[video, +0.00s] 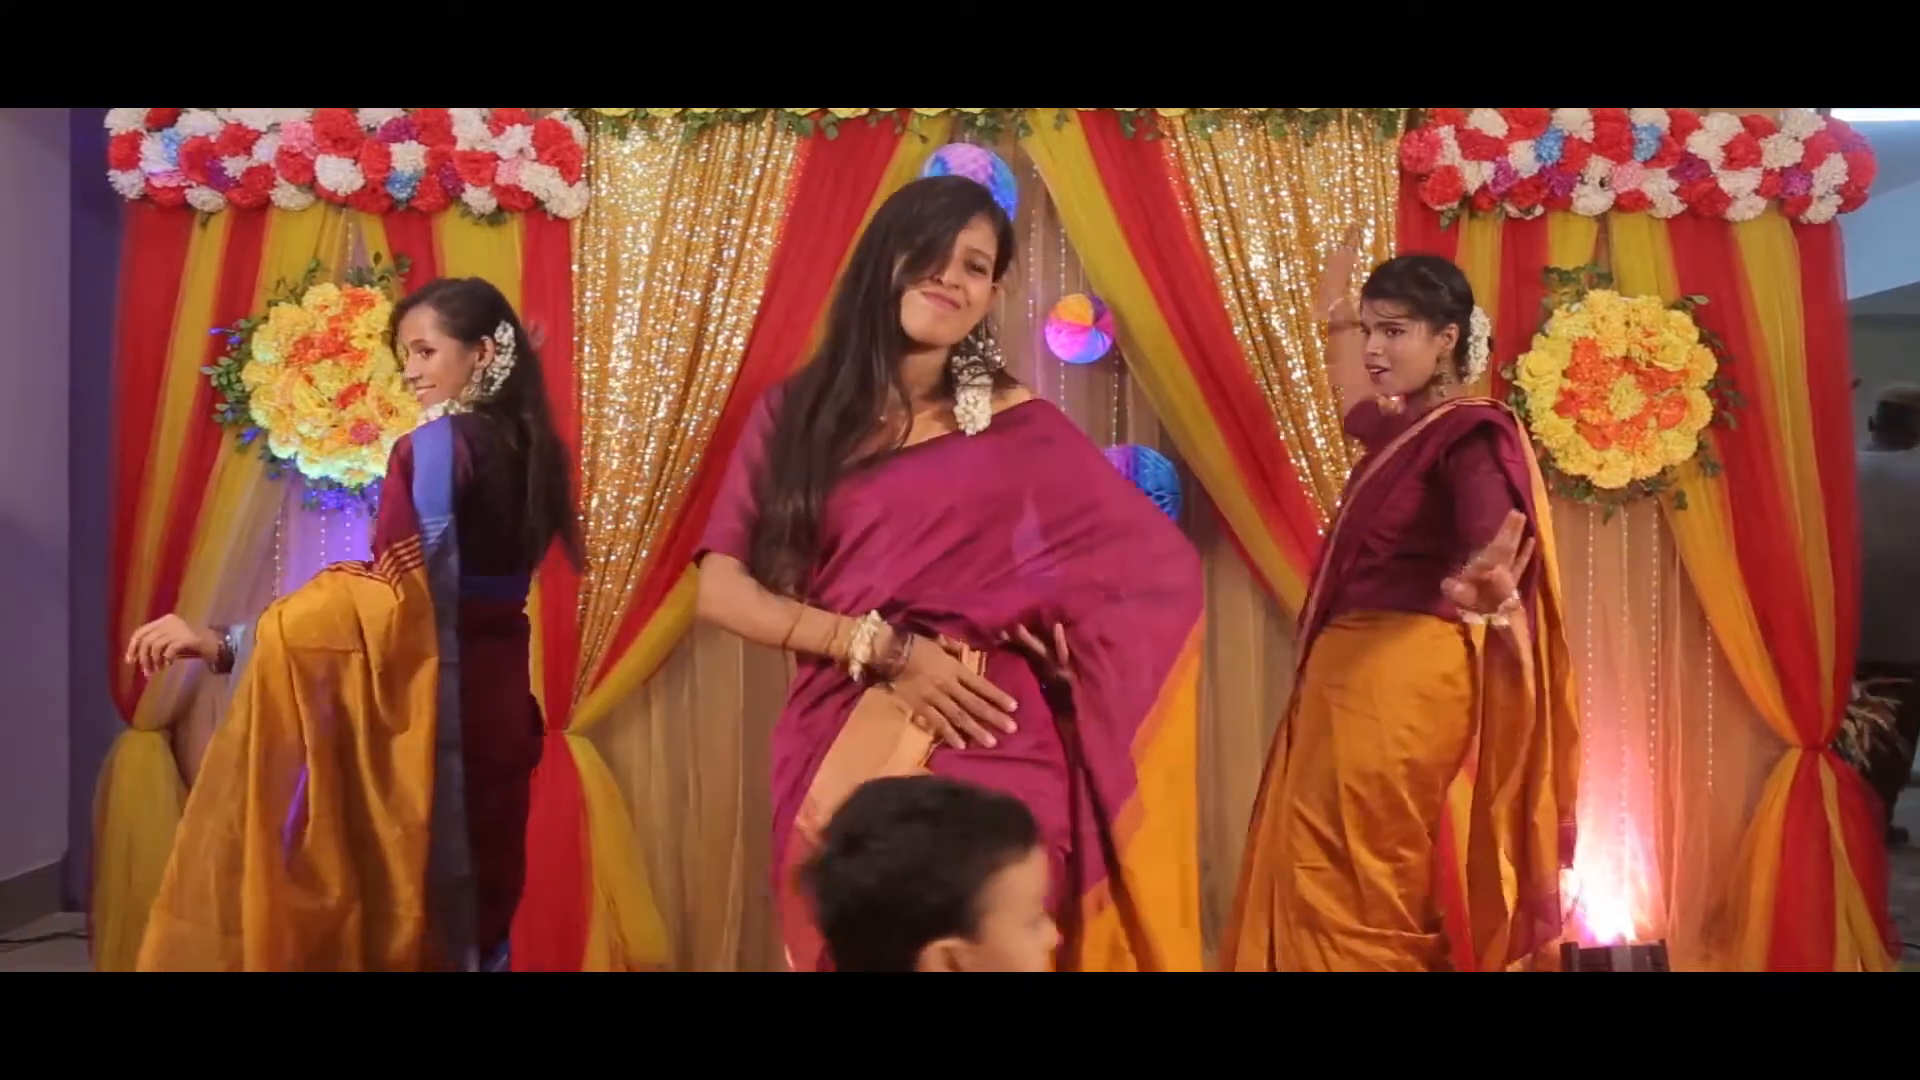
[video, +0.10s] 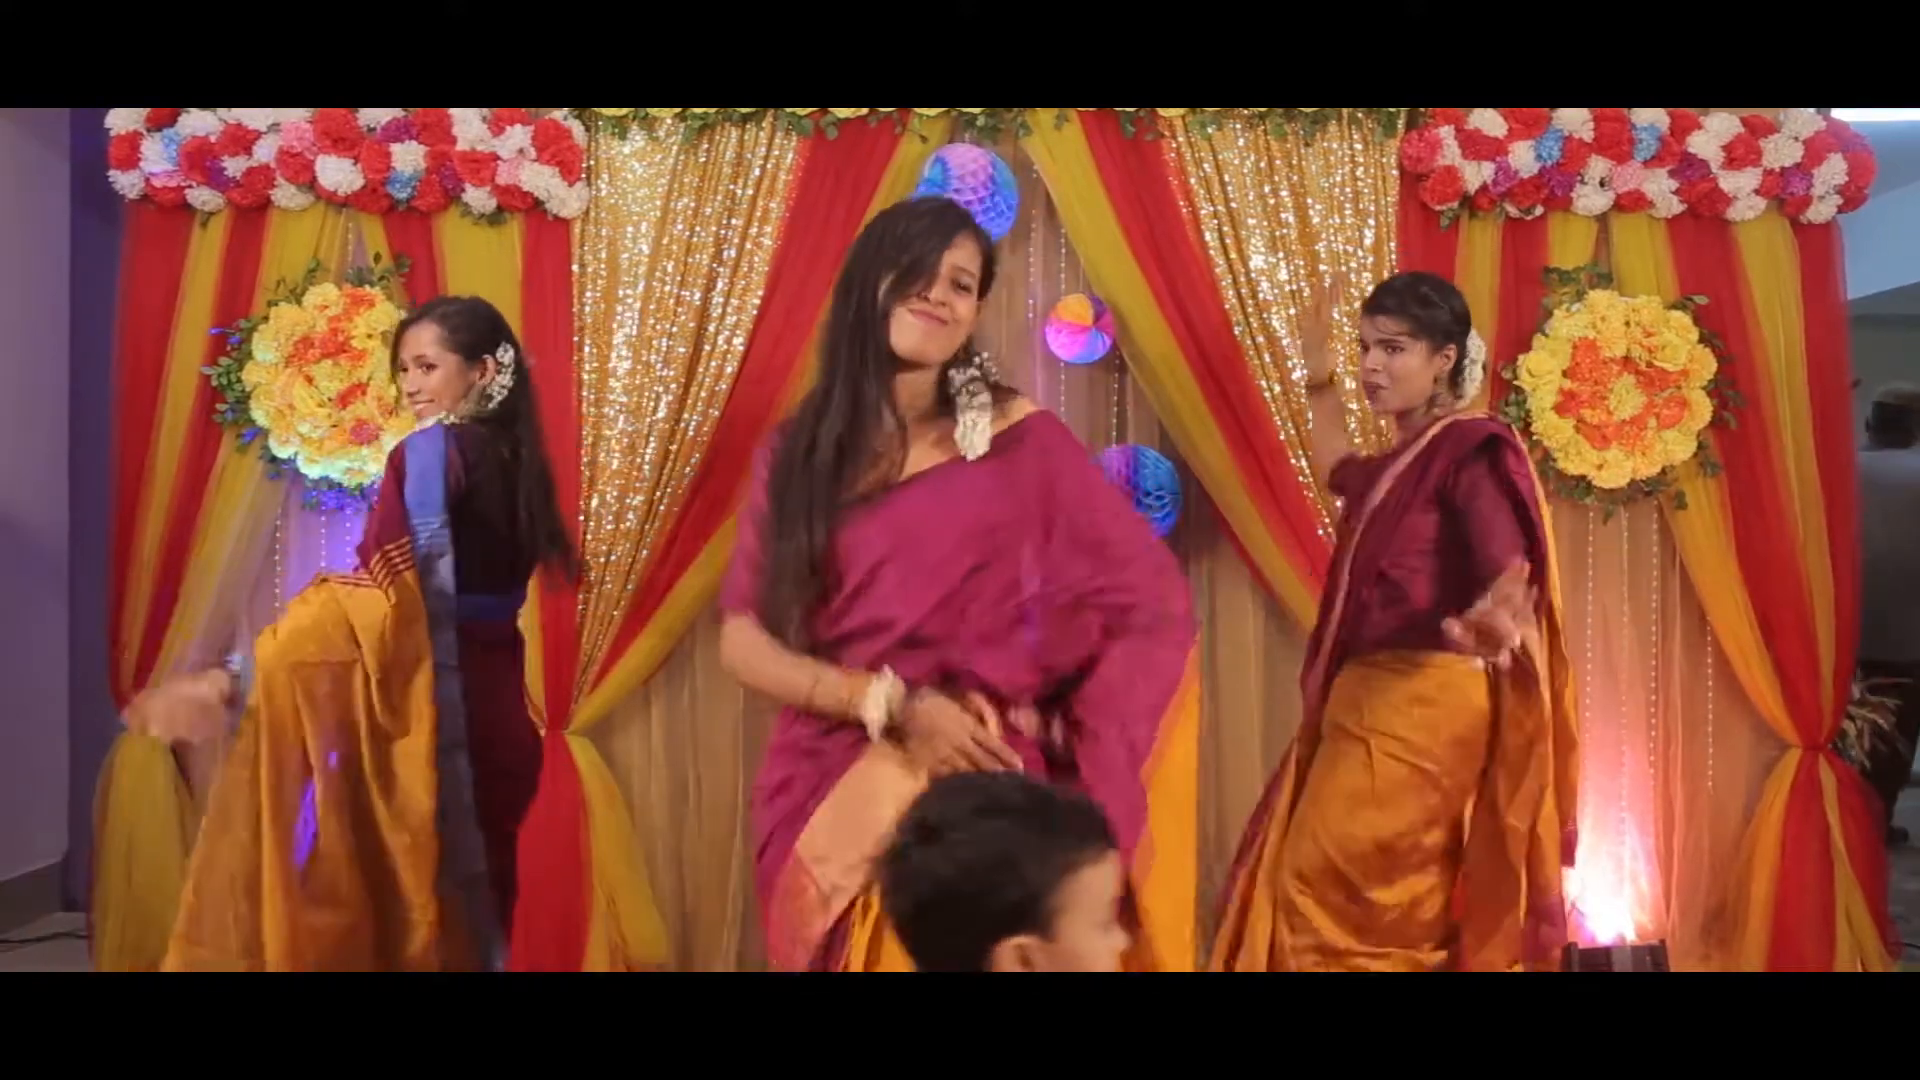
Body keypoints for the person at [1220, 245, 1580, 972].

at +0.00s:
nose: (1374, 349)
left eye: (1393, 330)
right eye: (1366, 329)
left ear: (1446, 340)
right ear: (1362, 336)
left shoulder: (1467, 430)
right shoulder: (1392, 431)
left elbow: (1495, 520)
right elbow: (1358, 400)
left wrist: (1483, 576)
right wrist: (1339, 325)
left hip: (1407, 658)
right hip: (1343, 656)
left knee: (1348, 873)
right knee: (1295, 863)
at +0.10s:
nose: (1371, 365)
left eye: (1391, 348)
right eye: (1365, 347)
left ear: (1445, 359)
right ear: (1361, 355)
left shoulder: (1472, 447)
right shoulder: (1394, 460)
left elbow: (1511, 571)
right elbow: (1337, 465)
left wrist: (1494, 625)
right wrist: (1320, 368)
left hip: (1422, 697)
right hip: (1357, 698)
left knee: (1309, 880)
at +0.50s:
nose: (1375, 361)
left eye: (1399, 343)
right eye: (1367, 343)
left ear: (1448, 356)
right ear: (1358, 348)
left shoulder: (1487, 440)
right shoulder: (1388, 463)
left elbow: (1533, 565)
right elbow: (1302, 475)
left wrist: (1559, 633)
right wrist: (1266, 398)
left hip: (1441, 701)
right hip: (1364, 704)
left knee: (1353, 895)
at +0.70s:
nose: (1382, 346)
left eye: (1405, 330)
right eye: (1372, 329)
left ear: (1454, 343)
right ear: (1361, 336)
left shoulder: (1495, 436)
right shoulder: (1365, 441)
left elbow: (1547, 568)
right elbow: (1255, 424)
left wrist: (1593, 635)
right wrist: (1216, 344)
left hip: (1439, 674)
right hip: (1357, 679)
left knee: (1411, 877)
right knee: (1359, 874)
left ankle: (1427, 961)